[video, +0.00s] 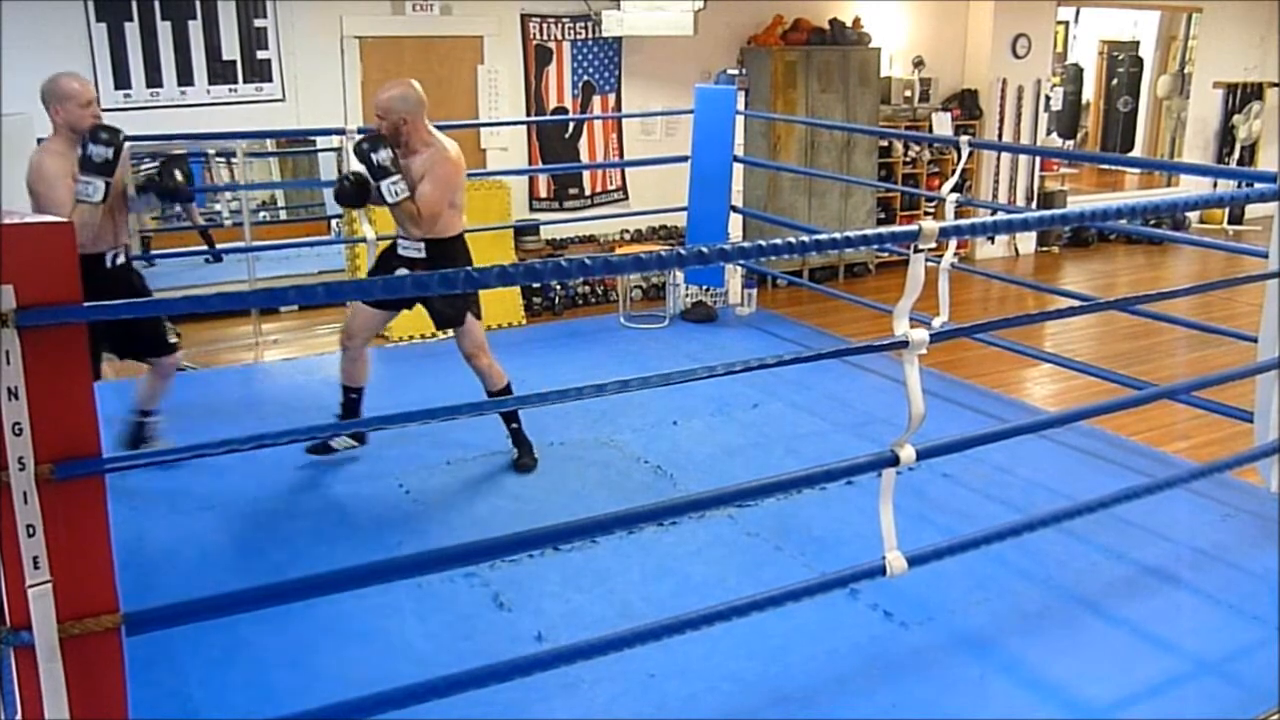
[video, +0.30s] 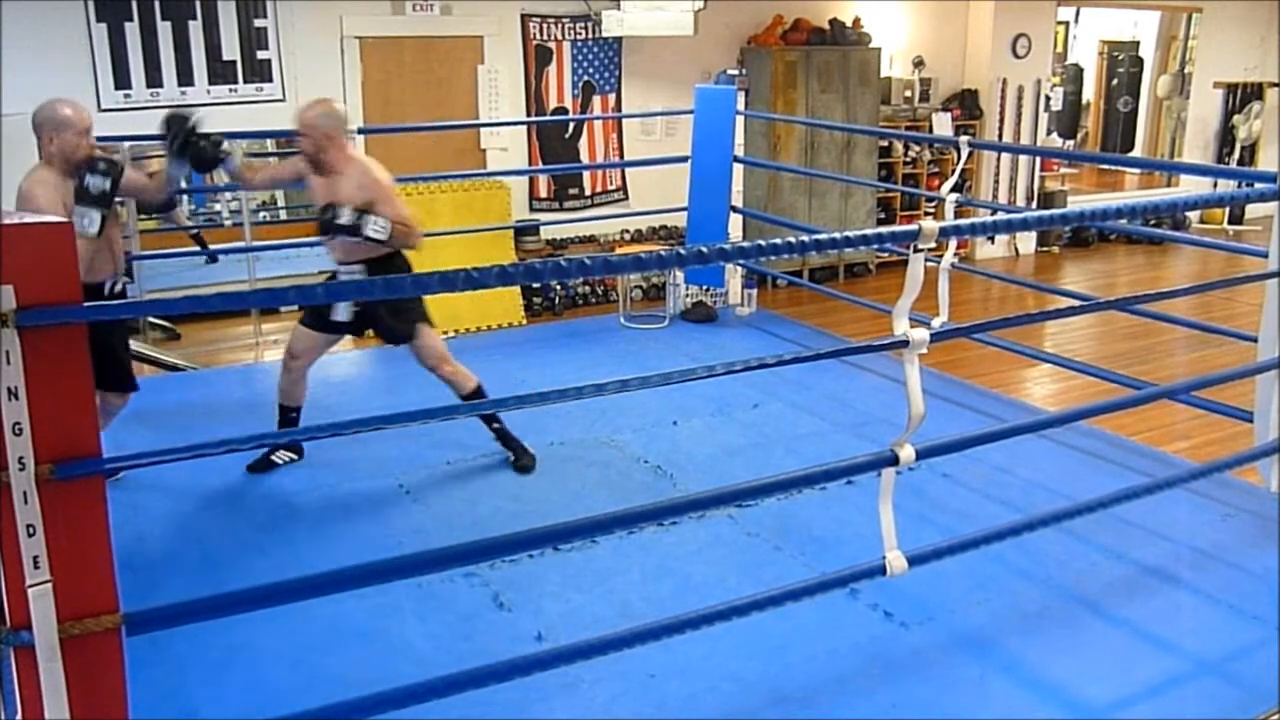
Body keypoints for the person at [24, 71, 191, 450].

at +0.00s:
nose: (96, 111)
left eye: (96, 103)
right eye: (85, 106)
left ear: (97, 102)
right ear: (57, 114)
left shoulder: (106, 147)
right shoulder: (46, 163)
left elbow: (124, 204)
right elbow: (79, 238)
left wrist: (155, 192)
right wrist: (94, 176)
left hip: (117, 269)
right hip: (73, 276)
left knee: (166, 357)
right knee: (81, 378)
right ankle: (75, 458)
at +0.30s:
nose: (92, 142)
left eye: (91, 133)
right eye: (82, 134)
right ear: (50, 141)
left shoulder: (92, 168)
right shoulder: (39, 190)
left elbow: (154, 191)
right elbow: (67, 275)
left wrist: (177, 161)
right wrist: (90, 212)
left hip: (107, 296)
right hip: (78, 304)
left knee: (115, 394)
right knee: (118, 394)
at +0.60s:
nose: (98, 155)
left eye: (95, 149)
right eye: (91, 150)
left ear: (57, 160)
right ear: (63, 163)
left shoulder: (33, 193)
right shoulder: (72, 225)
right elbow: (105, 290)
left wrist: (146, 141)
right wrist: (123, 229)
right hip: (88, 355)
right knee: (118, 447)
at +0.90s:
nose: (129, 106)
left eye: (126, 97)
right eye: (125, 98)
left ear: (71, 103)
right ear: (106, 104)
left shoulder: (41, 154)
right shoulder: (123, 166)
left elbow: (51, 217)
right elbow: (166, 241)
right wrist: (162, 193)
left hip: (49, 299)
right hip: (107, 304)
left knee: (68, 427)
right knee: (138, 442)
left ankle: (67, 540)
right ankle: (88, 541)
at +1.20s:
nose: (175, 166)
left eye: (173, 156)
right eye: (172, 157)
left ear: (111, 161)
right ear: (155, 160)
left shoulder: (80, 221)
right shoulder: (176, 222)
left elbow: (68, 294)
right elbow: (218, 300)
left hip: (96, 367)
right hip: (160, 371)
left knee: (123, 470)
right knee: (191, 525)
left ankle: (96, 550)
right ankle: (169, 679)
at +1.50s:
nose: (250, 160)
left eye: (247, 150)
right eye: (246, 152)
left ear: (193, 154)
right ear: (227, 157)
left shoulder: (169, 200)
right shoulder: (227, 224)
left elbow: (172, 282)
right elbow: (273, 312)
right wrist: (269, 257)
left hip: (155, 360)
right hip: (201, 373)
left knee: (228, 443)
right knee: (238, 522)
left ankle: (247, 528)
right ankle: (177, 659)